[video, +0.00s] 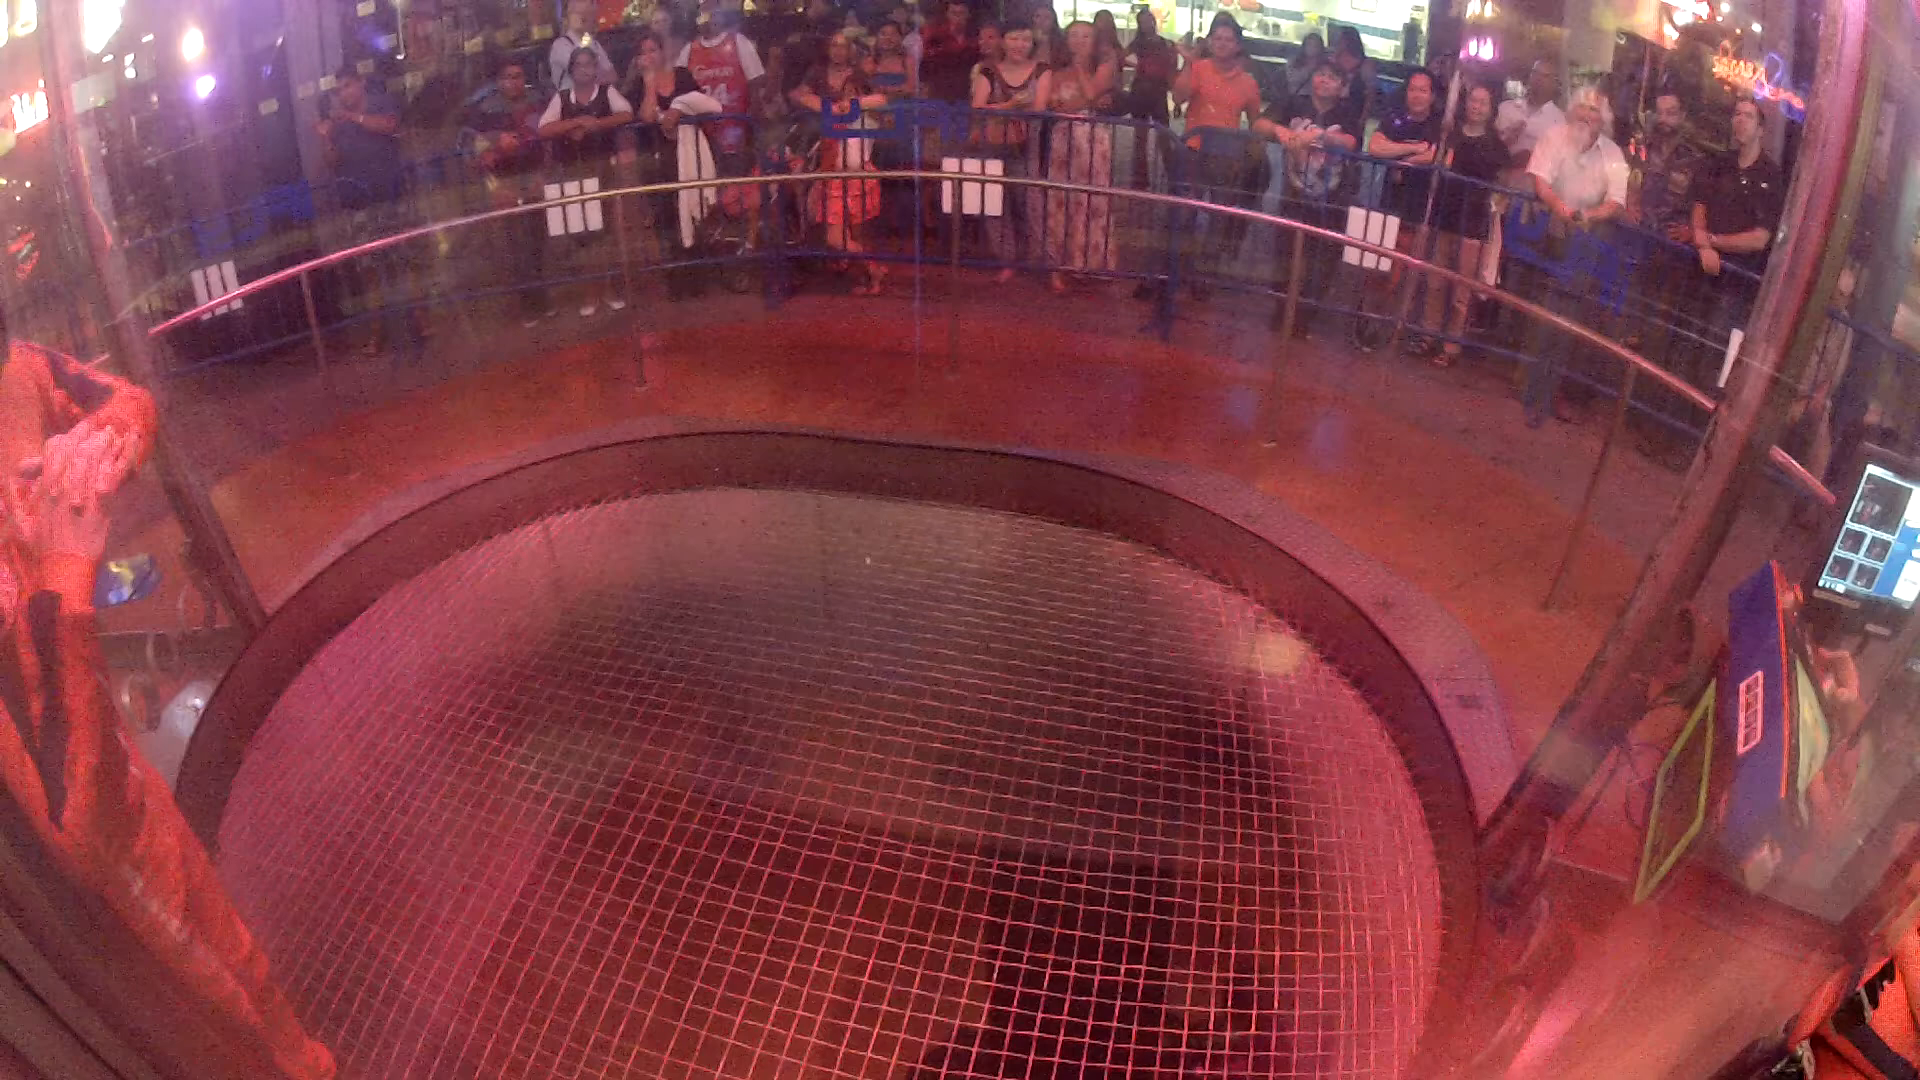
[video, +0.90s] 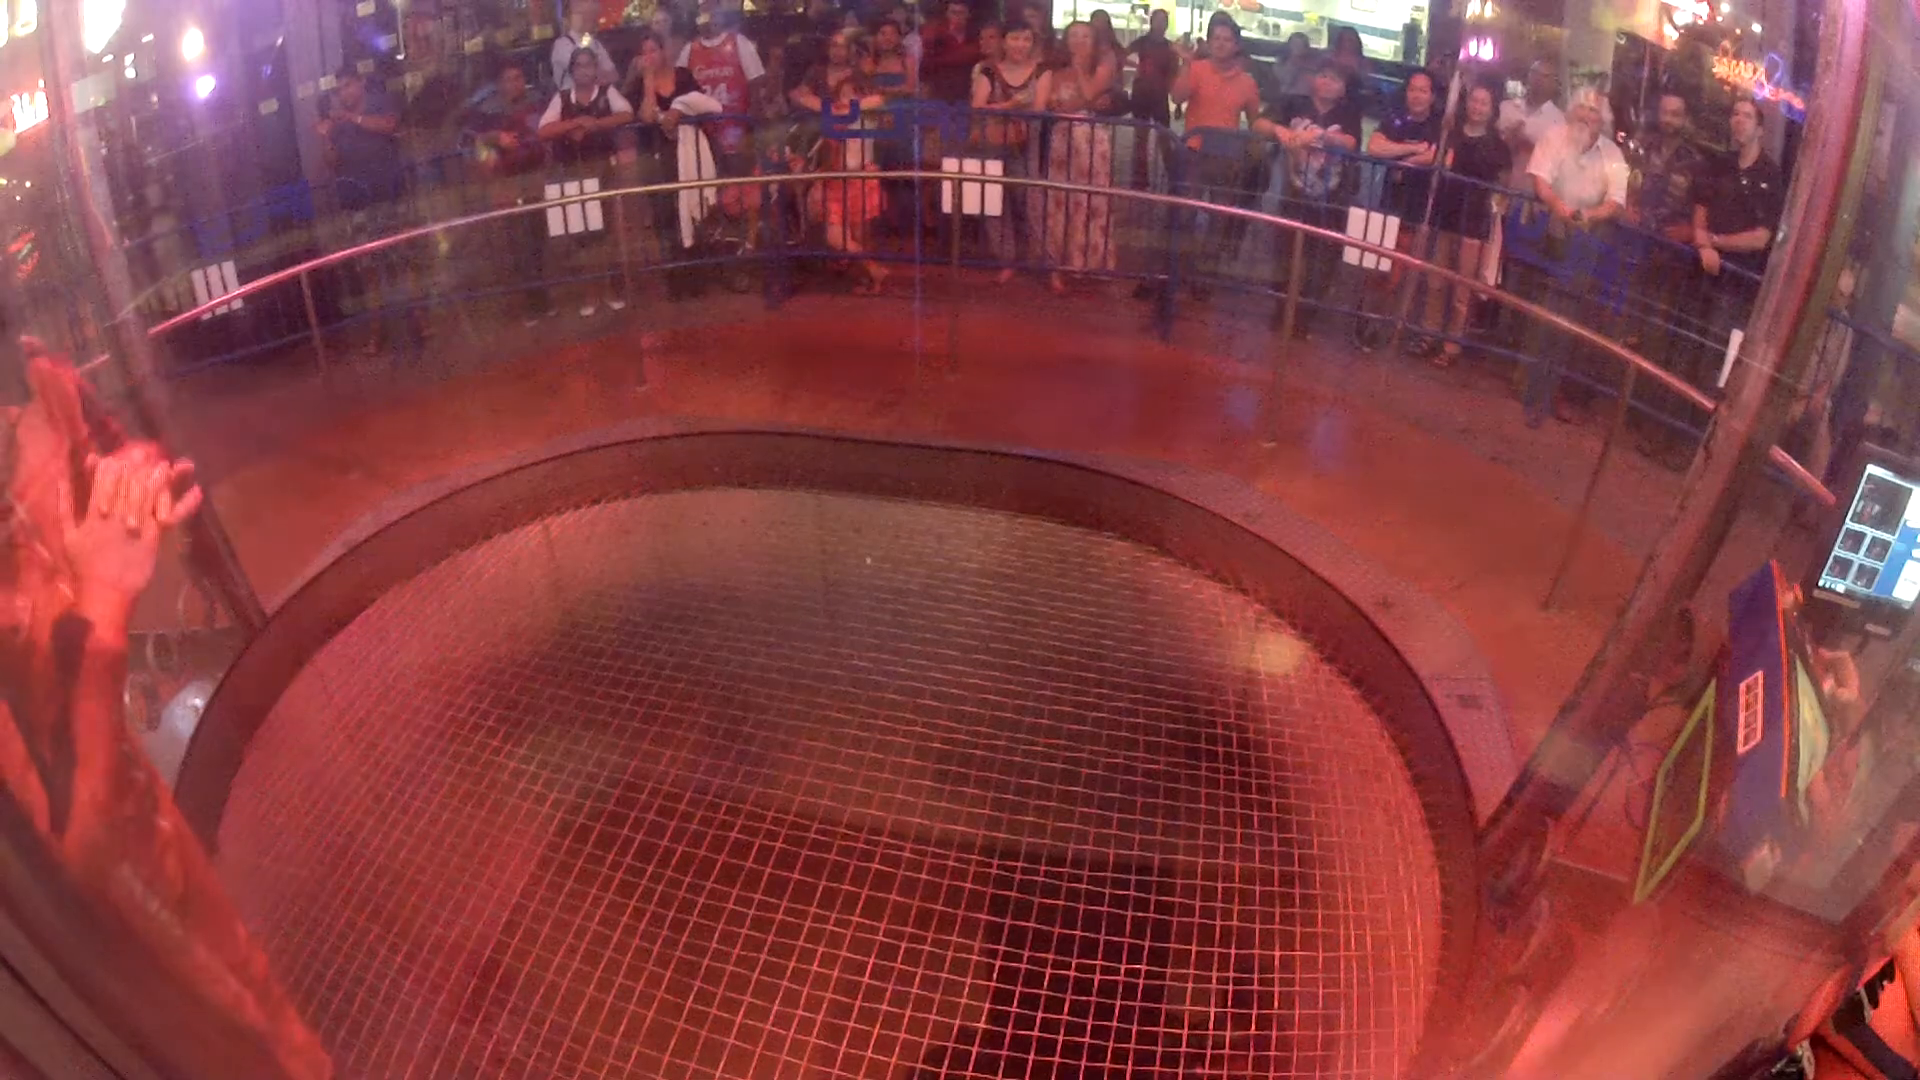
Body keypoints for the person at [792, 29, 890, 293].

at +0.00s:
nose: (837, 51)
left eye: (841, 46)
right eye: (833, 46)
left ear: (850, 50)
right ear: (826, 49)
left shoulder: (859, 76)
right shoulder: (819, 74)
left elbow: (881, 99)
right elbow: (798, 94)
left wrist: (853, 104)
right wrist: (828, 108)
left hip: (857, 163)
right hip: (830, 162)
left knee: (840, 237)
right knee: (835, 237)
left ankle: (874, 268)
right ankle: (873, 270)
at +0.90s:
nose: (835, 51)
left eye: (841, 46)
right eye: (832, 45)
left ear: (852, 50)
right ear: (826, 48)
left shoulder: (861, 77)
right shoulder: (819, 74)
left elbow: (880, 100)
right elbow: (797, 94)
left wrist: (853, 104)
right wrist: (826, 106)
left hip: (861, 170)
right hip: (831, 169)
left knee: (859, 230)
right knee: (834, 234)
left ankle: (863, 275)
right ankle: (874, 269)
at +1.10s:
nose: (843, 96)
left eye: (848, 91)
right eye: (840, 91)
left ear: (858, 92)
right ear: (834, 93)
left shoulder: (863, 108)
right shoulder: (830, 109)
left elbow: (879, 100)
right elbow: (797, 95)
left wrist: (853, 107)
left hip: (864, 175)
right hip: (839, 175)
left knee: (860, 230)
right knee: (834, 230)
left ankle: (865, 275)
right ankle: (871, 266)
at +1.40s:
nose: (844, 92)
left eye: (849, 87)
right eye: (840, 87)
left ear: (858, 89)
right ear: (834, 90)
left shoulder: (865, 106)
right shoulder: (831, 107)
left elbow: (882, 100)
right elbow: (798, 97)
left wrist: (855, 105)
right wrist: (827, 106)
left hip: (863, 171)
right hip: (834, 170)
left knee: (861, 224)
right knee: (817, 212)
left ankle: (863, 275)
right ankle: (851, 250)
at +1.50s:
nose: (835, 51)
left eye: (840, 46)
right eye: (832, 46)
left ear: (852, 50)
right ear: (827, 48)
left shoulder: (861, 77)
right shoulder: (820, 75)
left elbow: (885, 100)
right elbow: (798, 95)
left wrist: (855, 97)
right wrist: (828, 107)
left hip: (861, 156)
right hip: (832, 155)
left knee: (860, 218)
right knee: (819, 211)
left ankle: (862, 273)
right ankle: (844, 262)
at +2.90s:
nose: (838, 52)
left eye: (843, 46)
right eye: (834, 46)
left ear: (850, 50)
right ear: (827, 49)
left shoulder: (856, 79)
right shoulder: (818, 73)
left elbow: (863, 106)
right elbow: (797, 99)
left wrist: (848, 105)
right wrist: (828, 102)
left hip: (852, 147)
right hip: (826, 146)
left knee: (859, 213)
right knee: (826, 214)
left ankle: (864, 267)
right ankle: (824, 272)